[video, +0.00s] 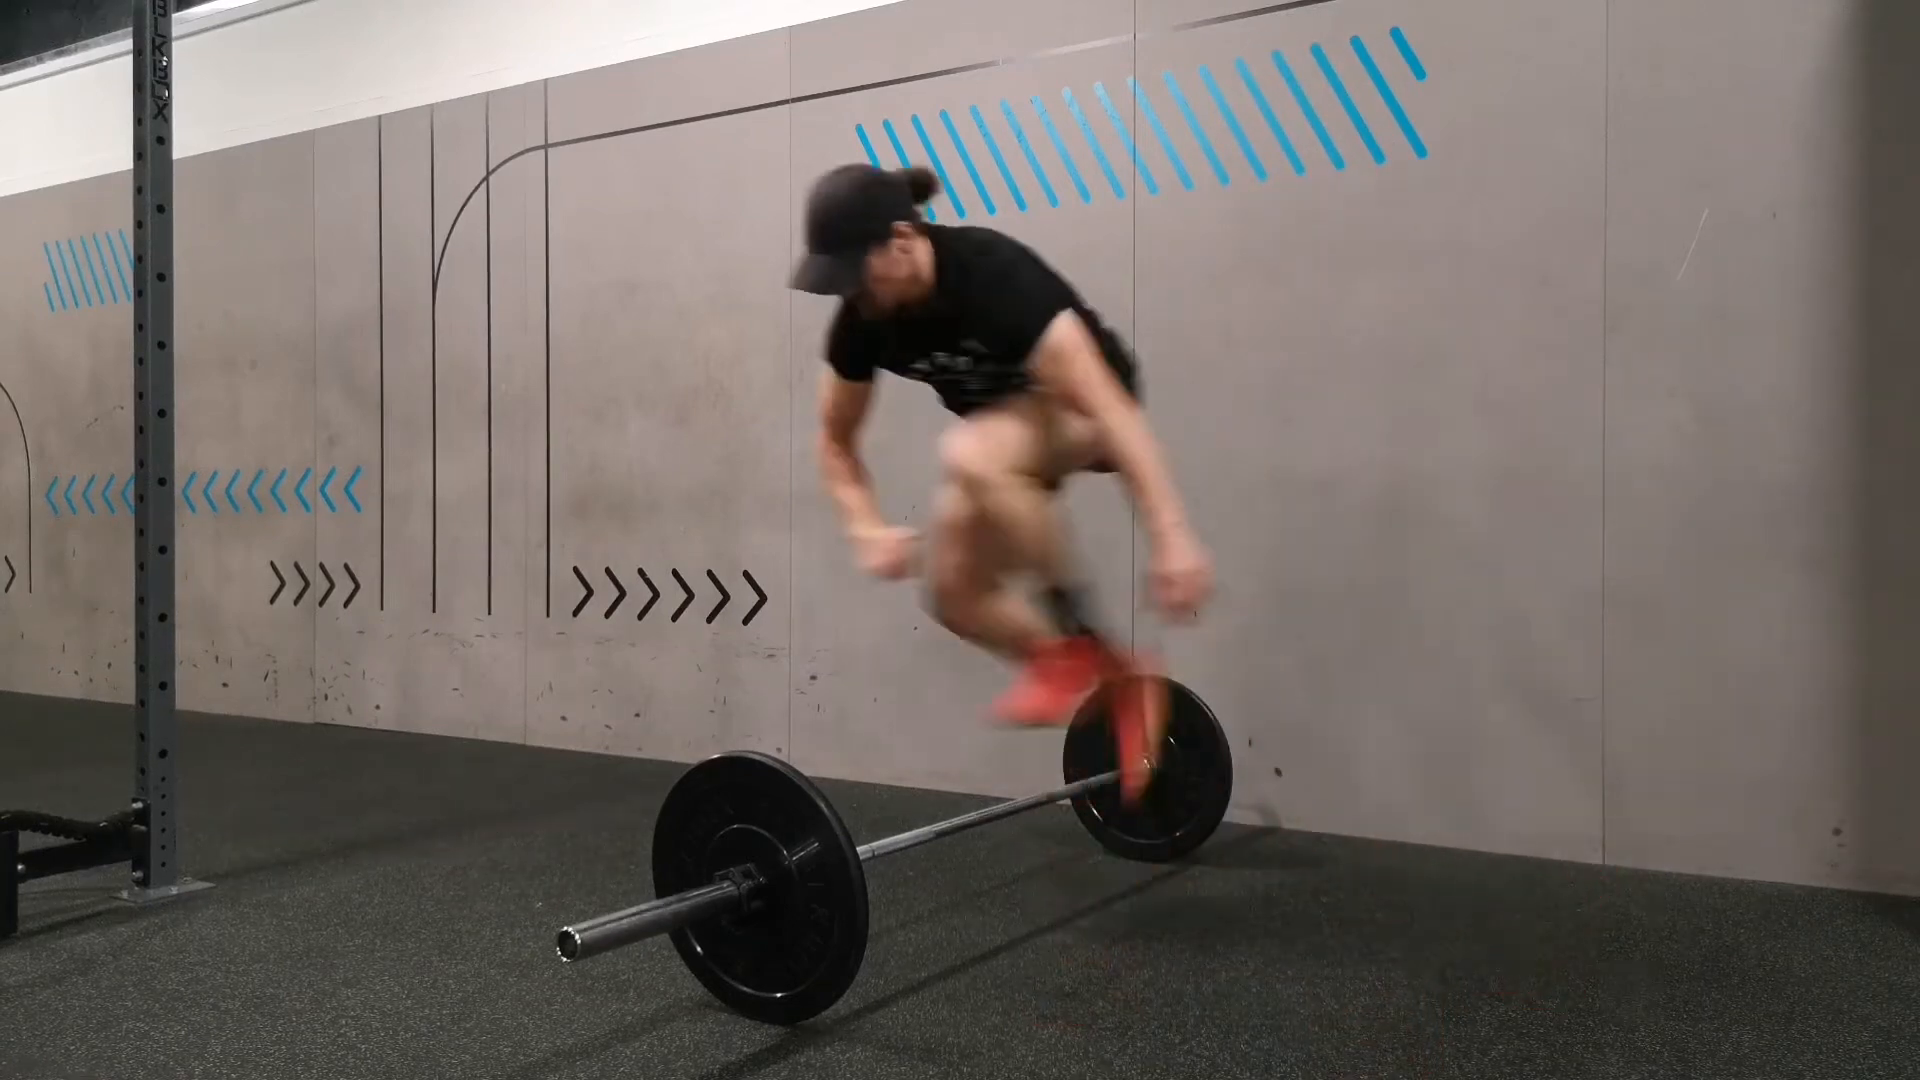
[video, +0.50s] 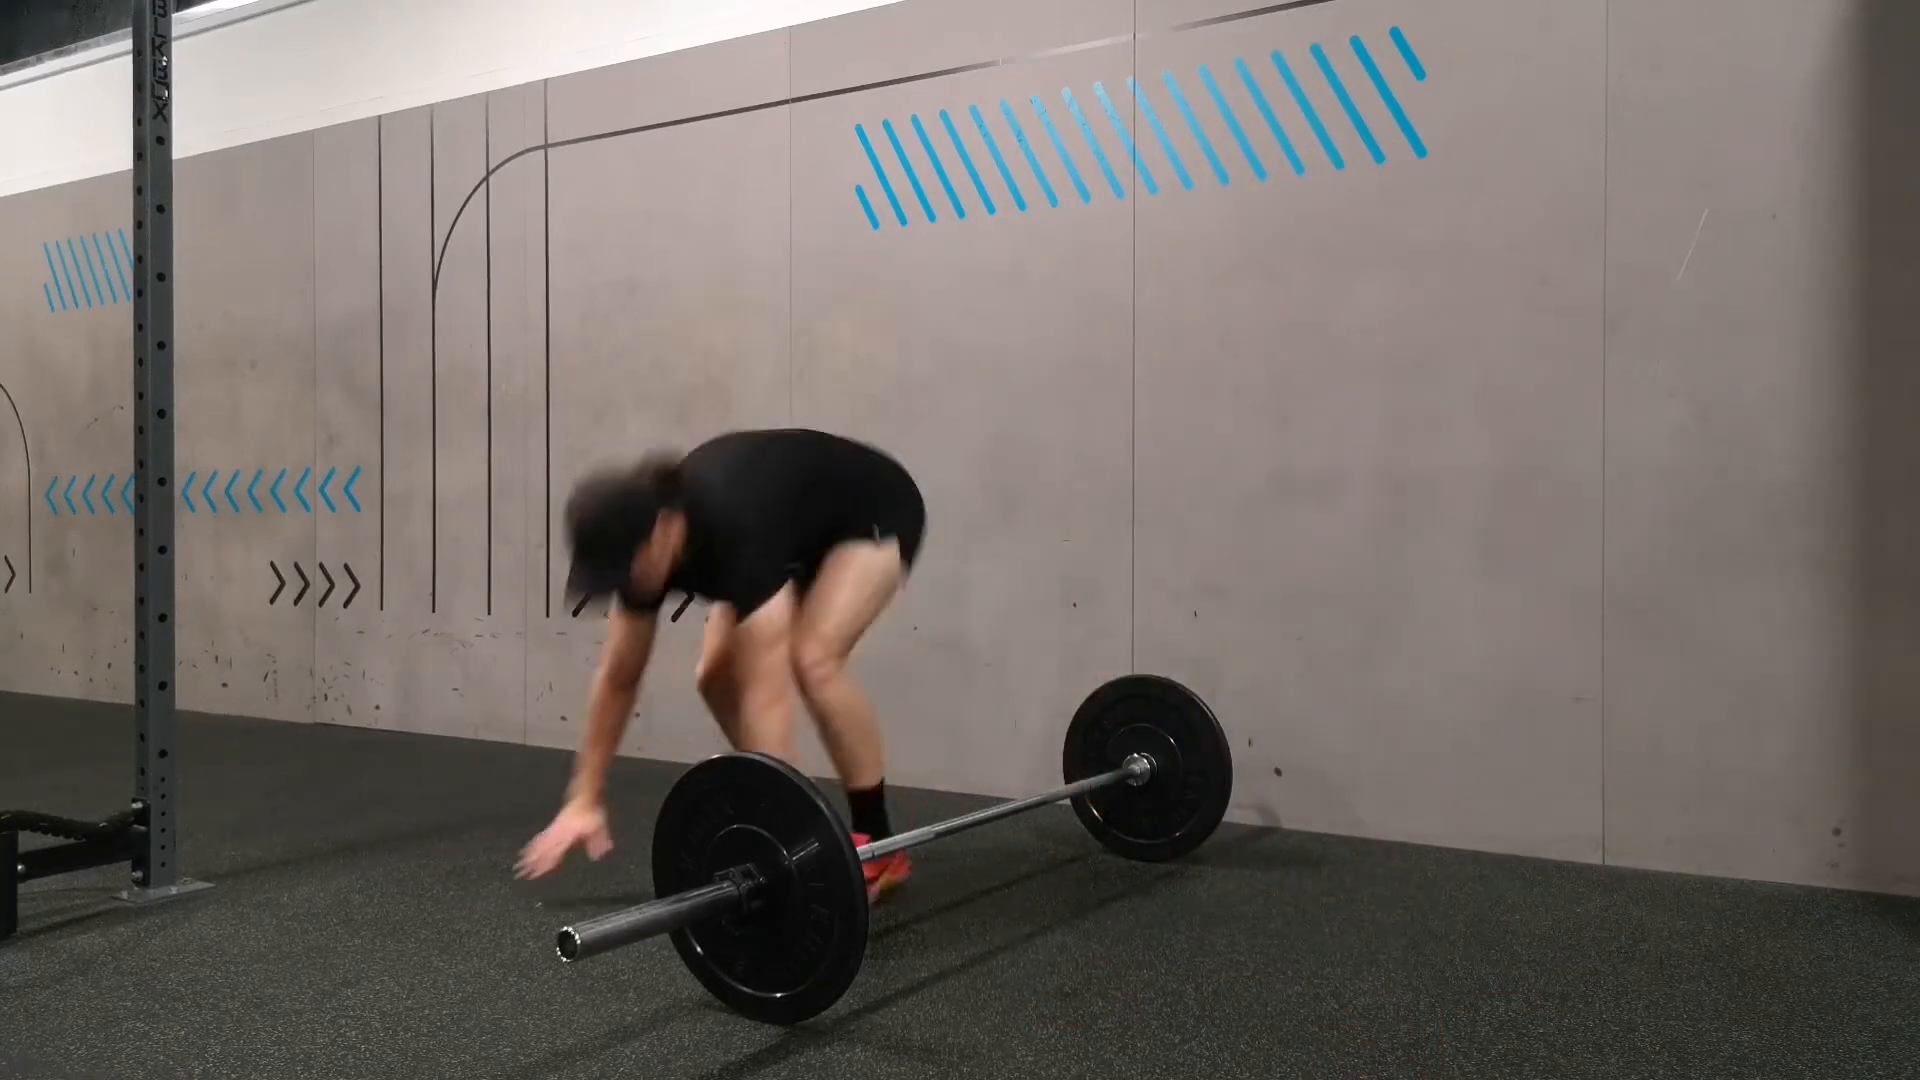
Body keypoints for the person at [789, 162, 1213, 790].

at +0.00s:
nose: (853, 289)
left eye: (857, 273)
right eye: (845, 278)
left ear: (901, 244)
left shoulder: (991, 271)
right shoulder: (861, 319)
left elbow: (1107, 404)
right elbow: (836, 439)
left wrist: (1172, 538)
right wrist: (869, 529)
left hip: (1083, 402)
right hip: (994, 429)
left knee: (973, 450)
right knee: (956, 593)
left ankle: (1073, 646)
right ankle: (1118, 677)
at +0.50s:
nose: (631, 582)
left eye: (632, 568)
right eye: (621, 574)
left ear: (662, 534)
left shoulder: (741, 532)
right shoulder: (645, 543)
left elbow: (771, 698)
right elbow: (619, 675)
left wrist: (774, 831)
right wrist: (585, 798)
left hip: (876, 513)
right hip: (788, 527)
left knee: (815, 661)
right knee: (718, 680)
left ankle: (877, 843)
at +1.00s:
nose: (465, 847)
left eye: (462, 835)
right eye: (454, 842)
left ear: (489, 801)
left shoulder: (594, 785)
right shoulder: (505, 767)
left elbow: (705, 799)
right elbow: (509, 816)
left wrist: (679, 913)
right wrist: (521, 882)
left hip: (747, 786)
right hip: (689, 763)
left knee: (870, 801)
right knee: (775, 765)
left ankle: (952, 753)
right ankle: (844, 749)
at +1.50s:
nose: (495, 728)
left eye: (497, 713)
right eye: (485, 721)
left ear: (532, 674)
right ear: (497, 695)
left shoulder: (623, 680)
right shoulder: (511, 697)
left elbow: (717, 790)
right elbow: (492, 782)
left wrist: (684, 910)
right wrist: (518, 878)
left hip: (767, 746)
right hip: (691, 758)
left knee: (870, 816)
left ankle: (968, 756)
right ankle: (838, 760)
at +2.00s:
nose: (665, 603)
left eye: (681, 592)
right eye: (660, 597)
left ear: (708, 545)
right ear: (636, 547)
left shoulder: (766, 541)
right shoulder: (623, 557)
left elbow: (803, 679)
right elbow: (568, 678)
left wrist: (768, 763)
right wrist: (522, 801)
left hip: (791, 583)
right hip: (692, 593)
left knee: (805, 695)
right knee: (595, 712)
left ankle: (862, 839)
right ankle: (610, 815)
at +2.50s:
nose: (866, 220)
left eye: (877, 201)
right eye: (852, 206)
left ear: (912, 173)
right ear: (835, 189)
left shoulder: (983, 223)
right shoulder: (842, 255)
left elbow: (1096, 321)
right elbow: (797, 375)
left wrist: (1145, 455)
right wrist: (768, 487)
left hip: (1050, 402)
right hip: (956, 409)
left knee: (1034, 564)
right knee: (894, 512)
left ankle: (1051, 625)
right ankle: (991, 712)